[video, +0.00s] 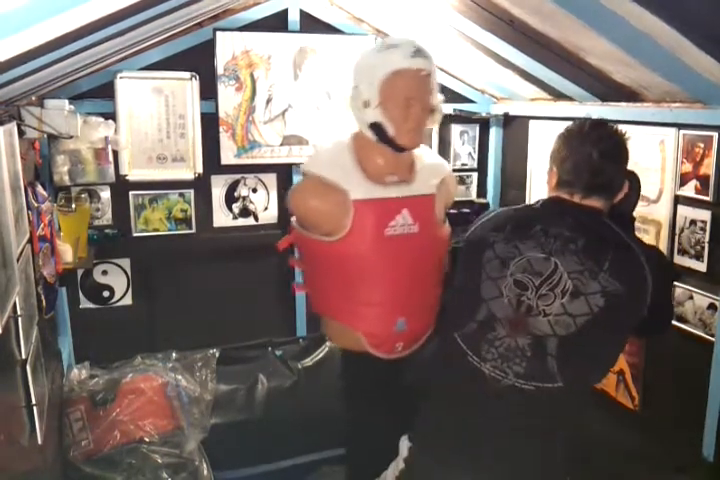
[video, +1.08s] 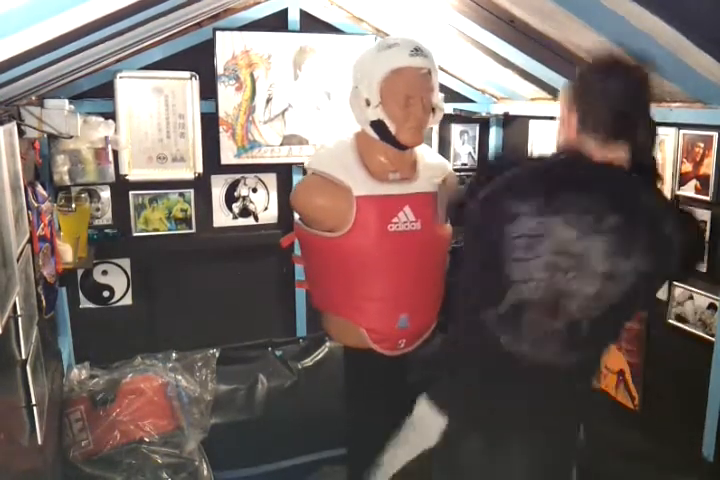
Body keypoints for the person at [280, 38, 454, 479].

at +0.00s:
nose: (424, 111)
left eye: (428, 100)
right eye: (409, 100)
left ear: (434, 105)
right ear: (369, 104)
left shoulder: (439, 179)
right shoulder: (323, 186)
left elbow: (438, 252)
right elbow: (321, 281)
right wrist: (367, 325)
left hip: (427, 349)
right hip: (361, 360)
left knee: (432, 450)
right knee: (371, 463)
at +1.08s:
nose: (423, 111)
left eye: (427, 99)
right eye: (407, 99)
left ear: (435, 103)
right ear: (368, 103)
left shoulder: (440, 177)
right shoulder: (326, 184)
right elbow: (321, 285)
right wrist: (355, 322)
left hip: (429, 348)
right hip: (364, 358)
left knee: (428, 454)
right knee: (371, 460)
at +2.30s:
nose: (414, 111)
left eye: (419, 100)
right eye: (400, 99)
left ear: (427, 105)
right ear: (362, 101)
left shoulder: (437, 176)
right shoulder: (324, 178)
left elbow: (439, 250)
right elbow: (321, 272)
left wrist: (422, 309)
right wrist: (361, 324)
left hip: (424, 343)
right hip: (361, 353)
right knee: (371, 457)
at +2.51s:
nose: (419, 112)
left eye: (425, 100)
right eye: (405, 99)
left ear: (433, 105)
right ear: (365, 102)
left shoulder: (440, 177)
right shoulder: (325, 181)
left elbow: (443, 256)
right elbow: (319, 276)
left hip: (428, 349)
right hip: (362, 359)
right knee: (373, 465)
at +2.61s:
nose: (417, 111)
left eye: (422, 100)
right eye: (402, 98)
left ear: (430, 105)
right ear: (363, 101)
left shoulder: (439, 176)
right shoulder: (324, 178)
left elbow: (440, 255)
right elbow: (320, 270)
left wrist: (424, 310)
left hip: (428, 347)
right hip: (362, 356)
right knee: (372, 464)